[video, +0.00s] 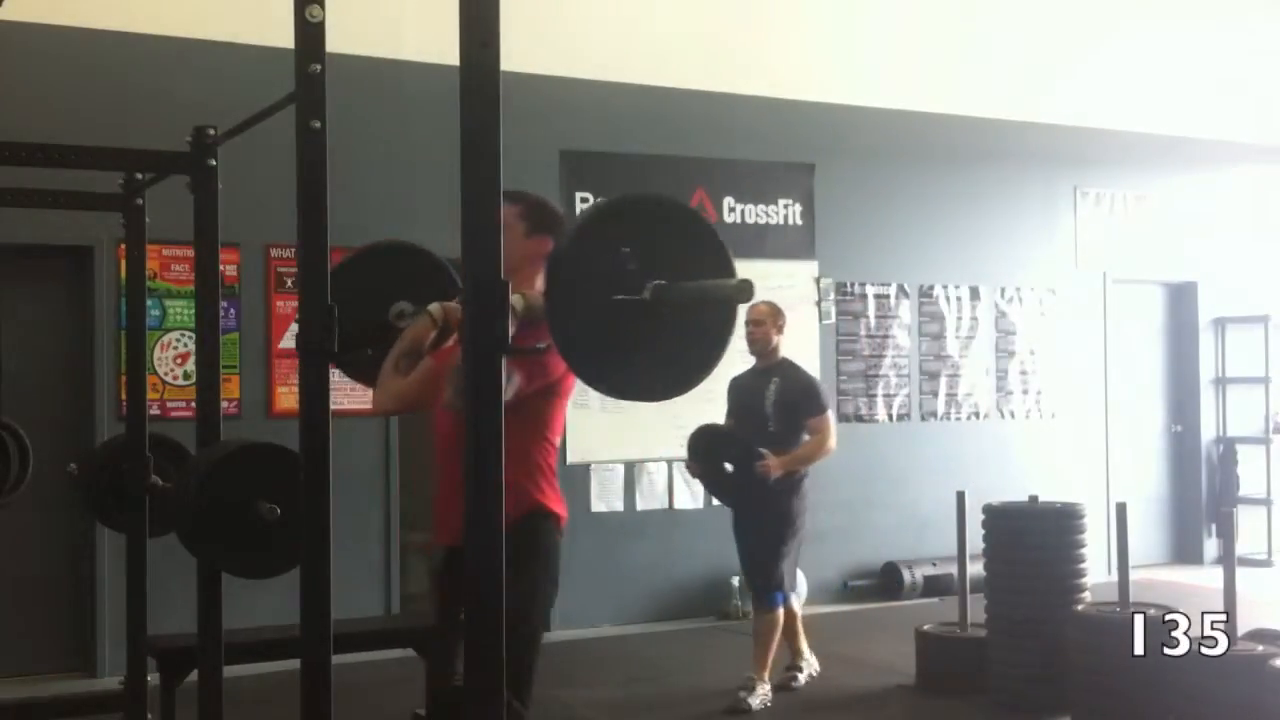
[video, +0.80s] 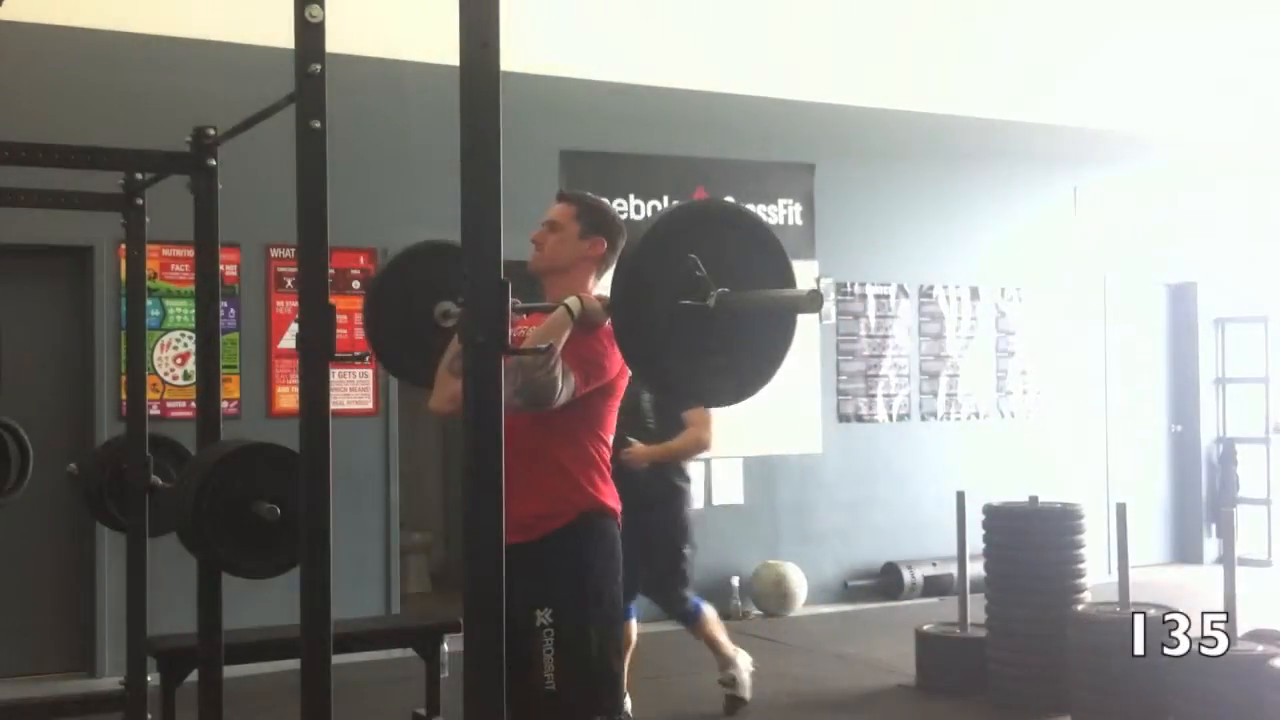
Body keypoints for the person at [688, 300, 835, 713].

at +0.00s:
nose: (751, 331)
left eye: (759, 325)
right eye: (748, 326)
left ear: (780, 330)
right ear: (745, 332)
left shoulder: (800, 382)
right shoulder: (739, 385)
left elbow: (825, 440)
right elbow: (732, 439)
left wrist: (783, 463)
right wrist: (706, 462)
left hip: (784, 491)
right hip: (746, 491)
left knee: (769, 584)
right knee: (771, 581)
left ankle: (760, 682)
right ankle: (803, 656)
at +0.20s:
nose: (738, 331)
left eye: (745, 323)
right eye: (733, 324)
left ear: (761, 322)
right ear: (723, 327)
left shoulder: (780, 376)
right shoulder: (723, 375)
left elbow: (799, 438)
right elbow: (726, 437)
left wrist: (751, 459)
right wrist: (691, 455)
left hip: (764, 492)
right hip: (726, 491)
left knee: (757, 589)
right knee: (712, 580)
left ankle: (759, 682)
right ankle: (773, 629)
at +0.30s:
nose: (746, 345)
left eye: (753, 337)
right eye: (740, 337)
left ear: (764, 339)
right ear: (728, 338)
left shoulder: (771, 377)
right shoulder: (715, 375)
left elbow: (785, 437)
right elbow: (715, 436)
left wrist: (735, 459)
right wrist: (683, 454)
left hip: (754, 490)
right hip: (714, 488)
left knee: (752, 586)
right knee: (692, 575)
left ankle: (759, 681)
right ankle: (736, 640)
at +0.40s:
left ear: (739, 329)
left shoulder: (755, 375)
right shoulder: (703, 375)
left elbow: (769, 437)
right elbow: (705, 435)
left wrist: (719, 458)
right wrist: (674, 460)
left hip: (741, 492)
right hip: (701, 491)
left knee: (742, 583)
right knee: (678, 577)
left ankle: (758, 681)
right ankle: (697, 673)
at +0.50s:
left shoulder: (738, 377)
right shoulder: (682, 383)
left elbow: (754, 441)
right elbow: (693, 443)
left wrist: (702, 461)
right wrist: (660, 464)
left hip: (728, 498)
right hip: (687, 498)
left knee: (740, 592)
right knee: (667, 592)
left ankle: (758, 681)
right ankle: (645, 681)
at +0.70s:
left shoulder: (702, 382)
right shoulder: (651, 391)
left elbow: (718, 442)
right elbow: (657, 445)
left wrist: (666, 460)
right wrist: (627, 459)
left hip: (687, 508)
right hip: (643, 507)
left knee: (703, 595)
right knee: (628, 601)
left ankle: (753, 673)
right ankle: (617, 693)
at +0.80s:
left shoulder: (676, 370)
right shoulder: (606, 373)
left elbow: (701, 435)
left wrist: (650, 452)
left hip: (661, 498)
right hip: (615, 499)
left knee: (669, 592)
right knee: (618, 602)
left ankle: (734, 660)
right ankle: (618, 695)